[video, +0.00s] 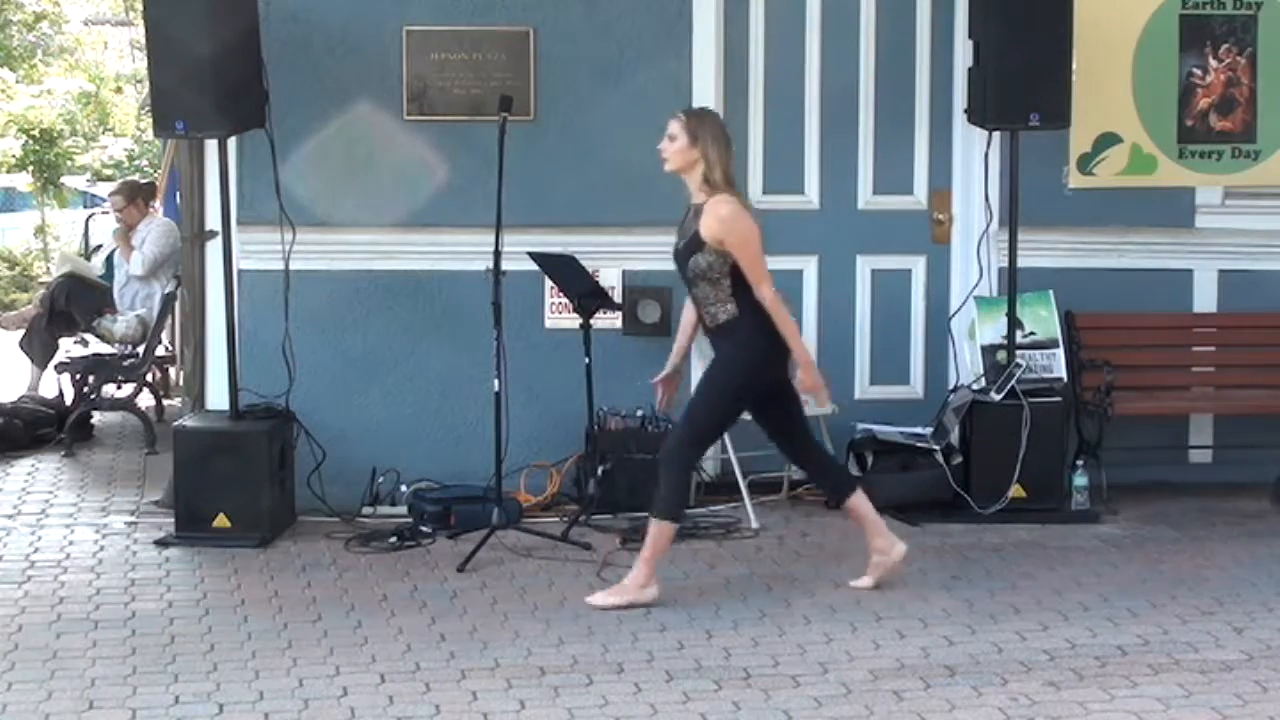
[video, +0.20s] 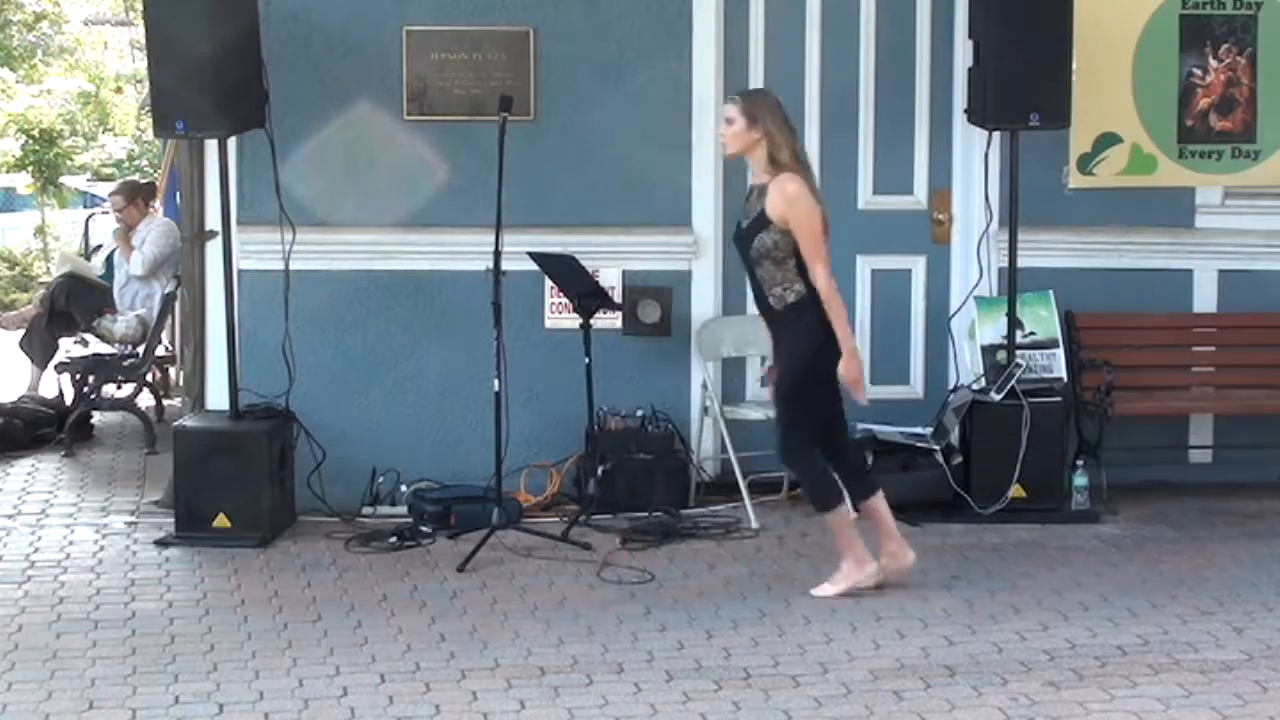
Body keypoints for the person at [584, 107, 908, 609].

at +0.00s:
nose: (661, 147)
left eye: (671, 139)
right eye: (664, 138)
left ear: (701, 149)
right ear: (696, 151)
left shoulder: (726, 213)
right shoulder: (699, 212)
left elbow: (766, 291)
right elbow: (699, 297)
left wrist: (805, 360)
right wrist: (676, 362)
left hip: (749, 350)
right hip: (747, 349)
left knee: (679, 449)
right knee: (803, 449)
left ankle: (642, 578)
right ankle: (884, 542)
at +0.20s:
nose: (721, 132)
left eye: (729, 123)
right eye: (723, 123)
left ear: (758, 128)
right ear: (752, 130)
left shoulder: (789, 188)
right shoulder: (759, 189)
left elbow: (821, 275)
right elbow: (776, 286)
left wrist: (848, 349)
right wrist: (779, 355)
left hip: (810, 331)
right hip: (791, 333)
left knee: (796, 446)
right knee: (835, 441)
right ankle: (895, 547)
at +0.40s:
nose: (763, 131)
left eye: (772, 123)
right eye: (764, 122)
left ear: (800, 129)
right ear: (793, 131)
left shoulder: (827, 190)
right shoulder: (803, 190)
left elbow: (832, 283)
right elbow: (815, 280)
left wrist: (822, 361)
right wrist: (815, 353)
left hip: (852, 327)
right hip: (828, 324)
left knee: (848, 445)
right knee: (821, 446)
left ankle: (866, 571)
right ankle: (890, 543)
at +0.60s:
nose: (820, 153)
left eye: (823, 147)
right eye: (823, 146)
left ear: (832, 152)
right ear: (872, 152)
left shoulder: (839, 211)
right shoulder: (880, 207)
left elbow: (830, 303)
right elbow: (891, 292)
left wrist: (811, 378)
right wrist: (902, 368)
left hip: (869, 348)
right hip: (895, 341)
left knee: (827, 453)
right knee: (847, 451)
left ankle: (863, 571)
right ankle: (938, 521)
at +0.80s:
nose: (855, 147)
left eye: (858, 139)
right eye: (859, 138)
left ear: (865, 143)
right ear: (913, 142)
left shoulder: (863, 201)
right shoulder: (934, 196)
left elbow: (867, 289)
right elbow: (933, 270)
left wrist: (870, 363)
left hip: (897, 334)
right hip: (946, 332)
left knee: (860, 454)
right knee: (962, 452)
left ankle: (871, 572)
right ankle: (993, 584)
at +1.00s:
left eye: (890, 131)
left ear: (893, 135)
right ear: (944, 135)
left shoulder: (884, 193)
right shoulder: (965, 194)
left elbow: (879, 281)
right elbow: (993, 275)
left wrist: (868, 360)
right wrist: (1018, 346)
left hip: (914, 339)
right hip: (970, 334)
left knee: (919, 461)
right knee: (971, 458)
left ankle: (932, 599)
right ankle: (995, 585)